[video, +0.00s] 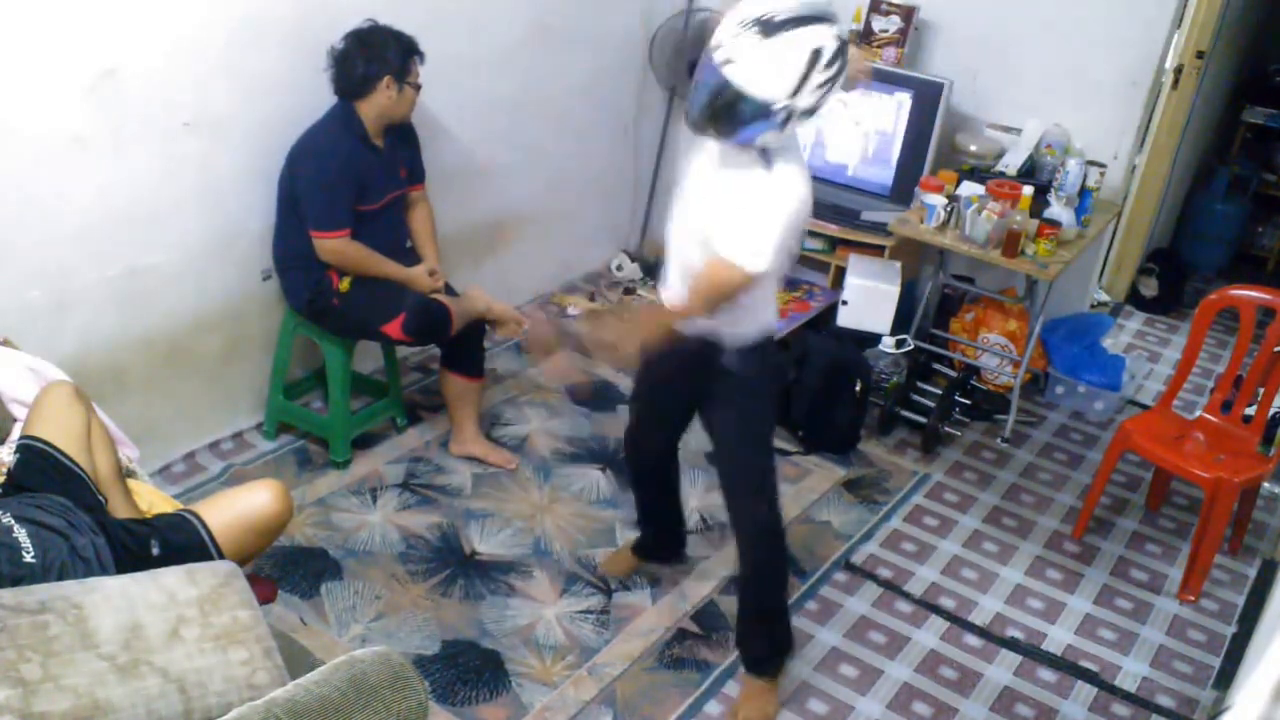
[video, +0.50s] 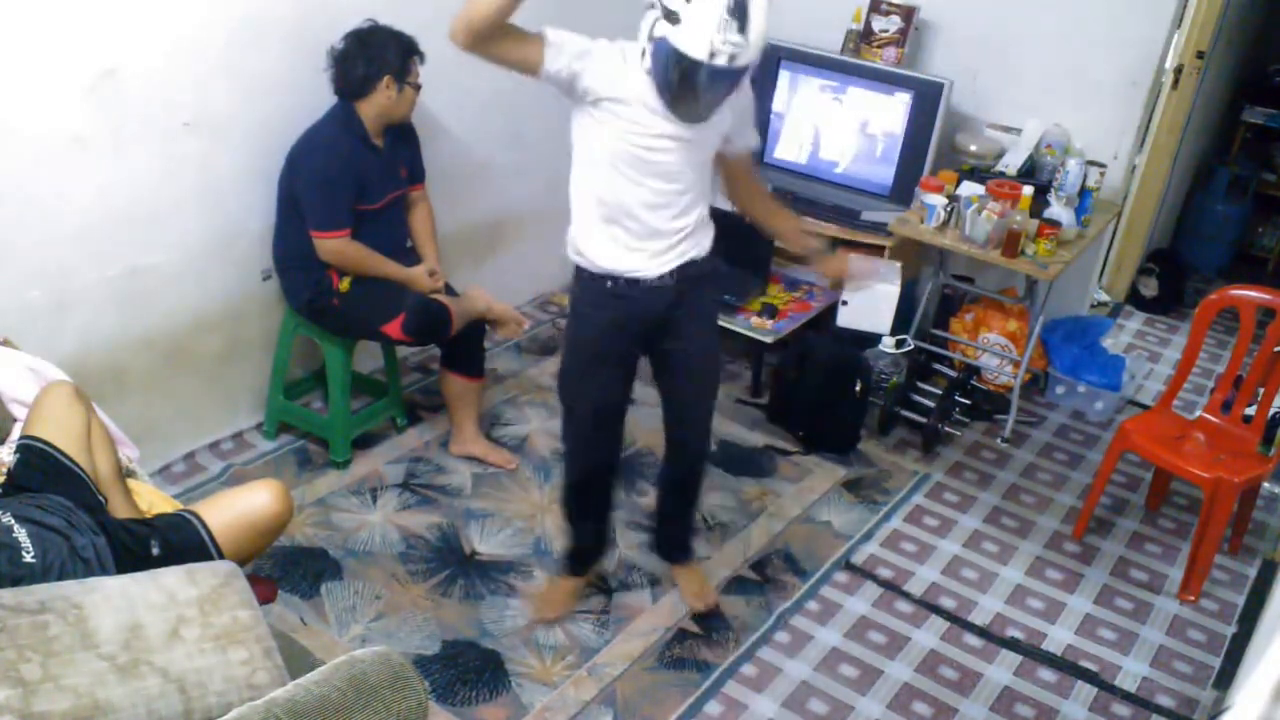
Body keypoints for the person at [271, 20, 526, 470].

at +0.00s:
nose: (419, 96)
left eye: (419, 87)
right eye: (416, 86)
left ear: (386, 87)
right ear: (387, 87)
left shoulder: (398, 130)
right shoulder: (325, 151)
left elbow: (417, 202)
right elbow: (332, 249)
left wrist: (429, 261)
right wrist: (406, 276)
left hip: (386, 267)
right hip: (326, 285)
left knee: (467, 321)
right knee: (425, 323)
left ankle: (466, 435)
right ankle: (477, 305)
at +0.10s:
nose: (419, 96)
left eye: (419, 87)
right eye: (416, 87)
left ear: (386, 87)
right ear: (387, 87)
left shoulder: (398, 131)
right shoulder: (324, 152)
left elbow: (417, 203)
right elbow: (332, 249)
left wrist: (429, 262)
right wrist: (406, 276)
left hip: (387, 267)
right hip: (326, 284)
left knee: (466, 321)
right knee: (424, 323)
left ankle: (466, 435)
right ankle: (478, 305)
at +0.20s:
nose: (419, 95)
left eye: (419, 86)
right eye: (416, 86)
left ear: (386, 87)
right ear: (387, 87)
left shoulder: (398, 130)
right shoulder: (325, 151)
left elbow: (417, 202)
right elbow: (332, 249)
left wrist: (429, 261)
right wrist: (406, 276)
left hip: (387, 266)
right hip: (326, 284)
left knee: (466, 321)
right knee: (423, 322)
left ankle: (466, 435)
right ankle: (478, 305)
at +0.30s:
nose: (419, 95)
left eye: (419, 86)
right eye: (416, 86)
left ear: (386, 87)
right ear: (387, 87)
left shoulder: (399, 130)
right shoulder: (325, 152)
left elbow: (417, 202)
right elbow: (332, 249)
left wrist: (430, 261)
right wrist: (407, 276)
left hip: (388, 266)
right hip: (327, 284)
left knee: (466, 322)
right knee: (423, 322)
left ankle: (466, 435)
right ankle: (478, 305)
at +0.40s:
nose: (419, 95)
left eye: (419, 87)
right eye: (416, 86)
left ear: (386, 87)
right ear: (387, 87)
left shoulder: (398, 130)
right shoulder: (326, 152)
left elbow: (417, 202)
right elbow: (332, 249)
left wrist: (430, 260)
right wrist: (407, 276)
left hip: (388, 265)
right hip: (327, 283)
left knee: (466, 323)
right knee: (423, 323)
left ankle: (466, 435)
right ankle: (479, 305)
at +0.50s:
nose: (419, 95)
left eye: (419, 86)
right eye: (416, 86)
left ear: (386, 87)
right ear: (387, 87)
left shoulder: (398, 130)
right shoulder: (326, 151)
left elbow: (417, 202)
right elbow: (332, 249)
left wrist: (430, 261)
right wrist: (407, 276)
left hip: (388, 266)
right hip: (327, 284)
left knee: (465, 323)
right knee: (423, 323)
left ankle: (466, 435)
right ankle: (479, 305)